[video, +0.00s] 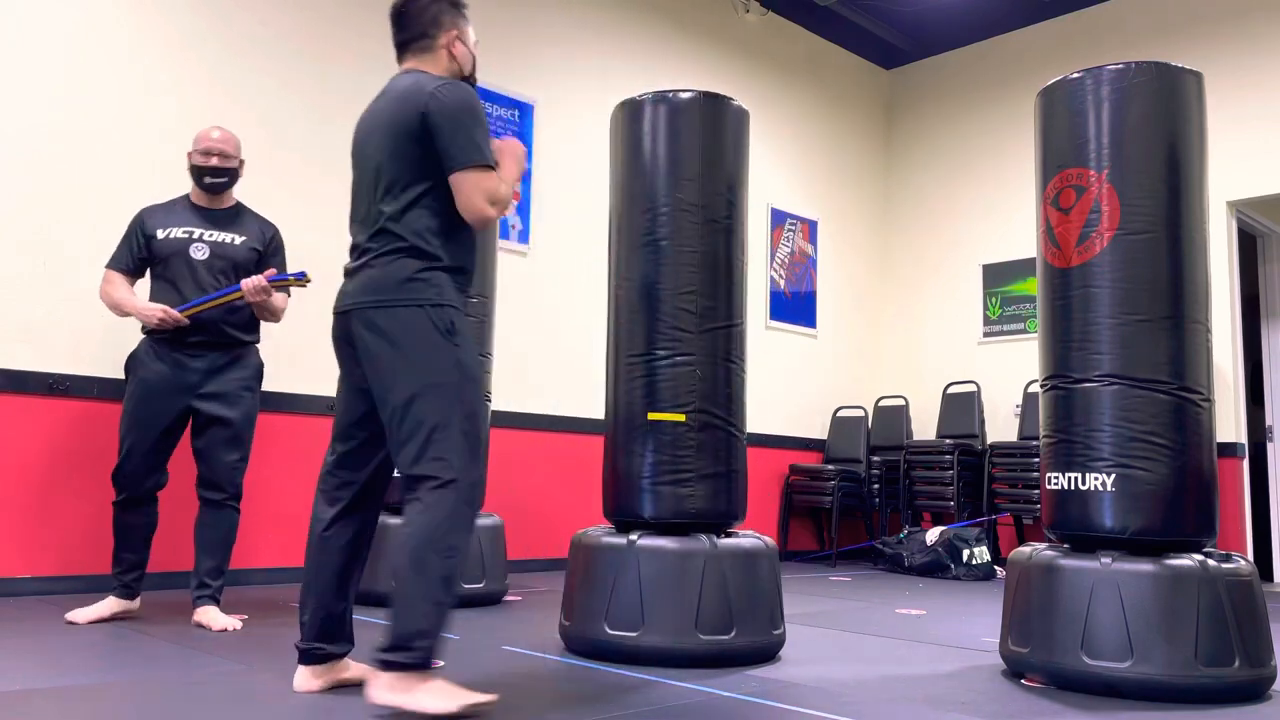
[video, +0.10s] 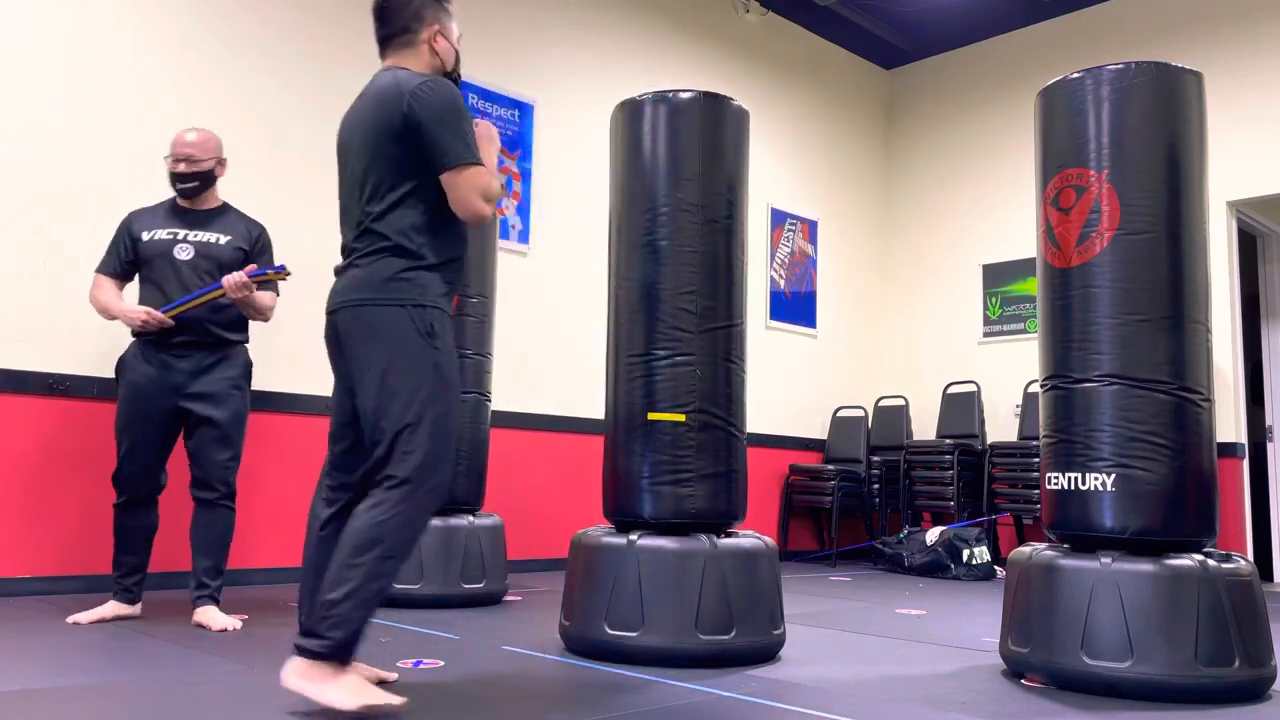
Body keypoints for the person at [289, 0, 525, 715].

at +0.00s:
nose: (475, 51)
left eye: (471, 38)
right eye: (471, 38)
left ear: (404, 44)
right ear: (451, 38)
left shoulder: (381, 107)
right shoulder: (449, 96)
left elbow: (421, 204)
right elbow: (482, 206)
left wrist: (490, 185)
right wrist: (511, 167)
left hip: (363, 302)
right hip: (415, 304)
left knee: (352, 479)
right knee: (448, 477)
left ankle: (321, 654)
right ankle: (406, 667)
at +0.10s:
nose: (458, 46)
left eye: (455, 34)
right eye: (455, 33)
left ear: (390, 39)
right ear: (435, 33)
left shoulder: (366, 103)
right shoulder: (431, 92)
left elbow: (403, 204)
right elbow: (477, 205)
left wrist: (479, 180)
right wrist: (488, 169)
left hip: (357, 303)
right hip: (403, 305)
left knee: (353, 475)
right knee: (414, 477)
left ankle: (321, 648)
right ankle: (321, 658)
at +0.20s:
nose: (448, 39)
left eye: (445, 27)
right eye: (445, 26)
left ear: (379, 36)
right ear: (425, 29)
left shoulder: (359, 102)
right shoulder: (418, 88)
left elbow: (390, 206)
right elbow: (469, 199)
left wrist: (471, 185)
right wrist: (480, 155)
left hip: (357, 303)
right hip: (393, 308)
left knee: (353, 482)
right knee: (365, 487)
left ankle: (326, 652)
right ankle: (284, 668)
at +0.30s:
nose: (447, 37)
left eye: (443, 24)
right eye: (442, 24)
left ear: (380, 32)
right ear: (420, 26)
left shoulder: (357, 99)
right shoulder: (412, 84)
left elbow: (384, 205)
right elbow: (453, 197)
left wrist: (460, 179)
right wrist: (476, 153)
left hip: (363, 301)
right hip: (383, 304)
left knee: (372, 486)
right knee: (347, 482)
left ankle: (331, 654)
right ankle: (281, 673)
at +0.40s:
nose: (449, 38)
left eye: (445, 26)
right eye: (445, 26)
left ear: (387, 31)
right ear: (423, 27)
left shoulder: (364, 91)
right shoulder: (405, 84)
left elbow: (380, 206)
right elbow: (442, 196)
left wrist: (460, 186)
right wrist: (472, 156)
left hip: (371, 304)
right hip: (373, 304)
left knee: (396, 473)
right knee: (334, 479)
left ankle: (339, 642)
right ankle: (279, 674)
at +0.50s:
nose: (453, 36)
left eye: (450, 25)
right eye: (448, 24)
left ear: (396, 29)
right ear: (426, 26)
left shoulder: (377, 88)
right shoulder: (398, 84)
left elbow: (402, 198)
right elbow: (433, 196)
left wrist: (462, 183)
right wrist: (471, 154)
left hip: (391, 308)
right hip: (371, 304)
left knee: (400, 473)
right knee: (335, 482)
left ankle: (374, 642)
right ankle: (280, 674)